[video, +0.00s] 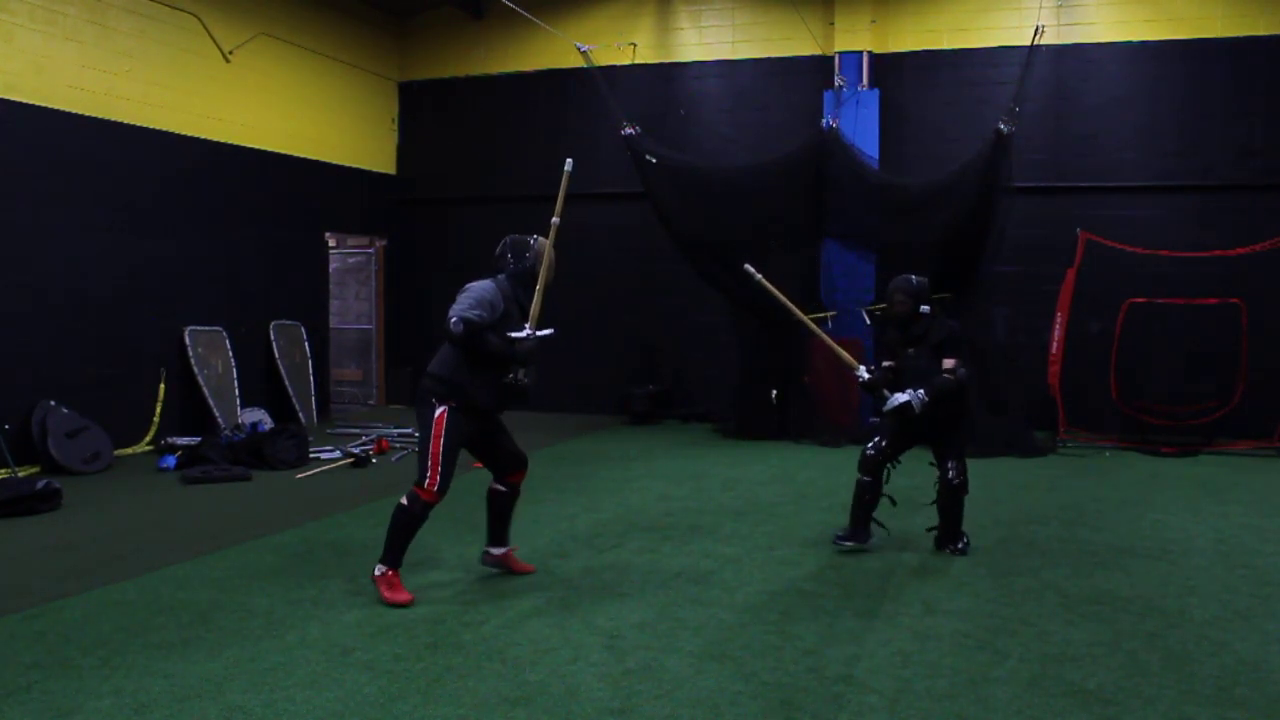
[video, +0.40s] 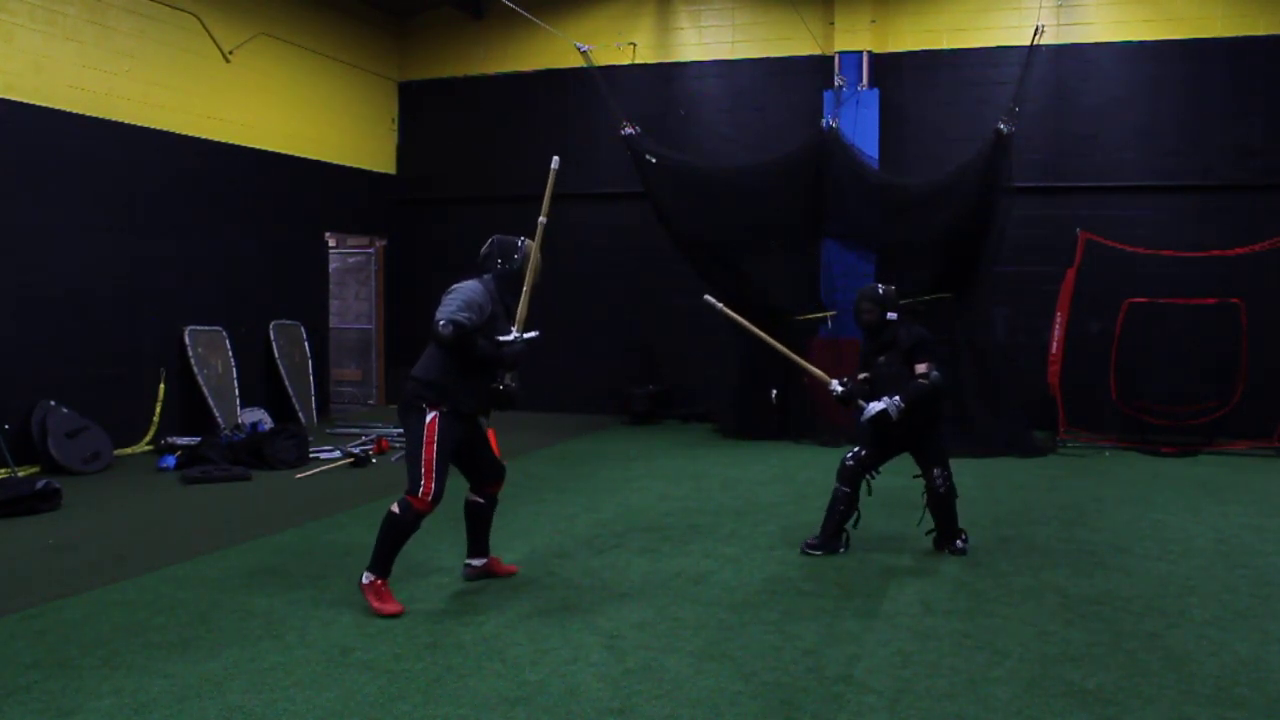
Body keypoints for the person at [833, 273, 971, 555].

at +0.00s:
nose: (893, 306)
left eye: (899, 300)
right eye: (892, 300)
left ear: (916, 302)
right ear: (893, 302)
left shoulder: (942, 329)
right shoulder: (891, 330)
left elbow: (951, 376)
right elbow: (890, 376)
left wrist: (919, 396)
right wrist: (872, 379)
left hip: (942, 414)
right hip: (904, 413)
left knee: (953, 476)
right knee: (871, 459)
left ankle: (949, 537)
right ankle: (858, 530)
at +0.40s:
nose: (864, 318)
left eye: (869, 311)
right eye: (861, 312)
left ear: (886, 311)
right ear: (860, 312)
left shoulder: (911, 337)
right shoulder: (871, 342)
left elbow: (927, 380)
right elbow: (867, 387)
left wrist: (896, 403)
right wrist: (847, 391)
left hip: (922, 424)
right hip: (888, 426)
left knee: (939, 481)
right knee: (851, 467)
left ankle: (949, 537)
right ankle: (830, 537)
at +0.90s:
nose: (840, 308)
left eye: (846, 302)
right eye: (837, 302)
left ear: (863, 304)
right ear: (832, 303)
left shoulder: (886, 331)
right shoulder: (837, 336)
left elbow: (898, 373)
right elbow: (835, 377)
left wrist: (865, 391)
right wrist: (814, 377)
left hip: (892, 420)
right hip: (855, 420)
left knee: (908, 479)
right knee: (813, 462)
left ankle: (917, 545)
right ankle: (810, 534)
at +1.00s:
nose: (843, 312)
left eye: (851, 306)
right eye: (841, 305)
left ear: (866, 309)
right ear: (835, 306)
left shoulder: (884, 336)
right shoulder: (830, 339)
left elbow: (890, 361)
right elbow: (812, 382)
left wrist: (852, 355)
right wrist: (797, 362)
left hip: (887, 430)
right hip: (849, 429)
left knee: (904, 488)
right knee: (808, 475)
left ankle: (924, 545)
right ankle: (768, 535)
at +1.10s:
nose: (846, 322)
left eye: (853, 317)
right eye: (843, 316)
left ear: (867, 321)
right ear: (837, 316)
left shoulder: (881, 349)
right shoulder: (831, 346)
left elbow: (878, 370)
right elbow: (807, 368)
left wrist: (841, 363)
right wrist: (788, 349)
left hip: (872, 441)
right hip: (832, 438)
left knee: (895, 496)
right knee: (787, 476)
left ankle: (923, 546)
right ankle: (755, 544)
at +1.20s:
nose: (838, 329)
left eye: (846, 325)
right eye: (837, 323)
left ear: (860, 328)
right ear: (832, 323)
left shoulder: (868, 358)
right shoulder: (824, 347)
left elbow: (847, 390)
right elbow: (794, 369)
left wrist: (811, 378)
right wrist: (788, 341)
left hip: (854, 448)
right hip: (813, 444)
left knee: (885, 502)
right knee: (767, 470)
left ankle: (921, 545)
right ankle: (738, 540)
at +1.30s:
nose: (818, 337)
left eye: (826, 333)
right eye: (818, 331)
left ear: (841, 339)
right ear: (815, 331)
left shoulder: (846, 371)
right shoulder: (809, 352)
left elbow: (803, 388)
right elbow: (783, 349)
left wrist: (768, 366)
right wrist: (770, 327)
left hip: (833, 456)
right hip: (795, 452)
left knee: (868, 511)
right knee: (748, 483)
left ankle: (914, 546)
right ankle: (711, 550)